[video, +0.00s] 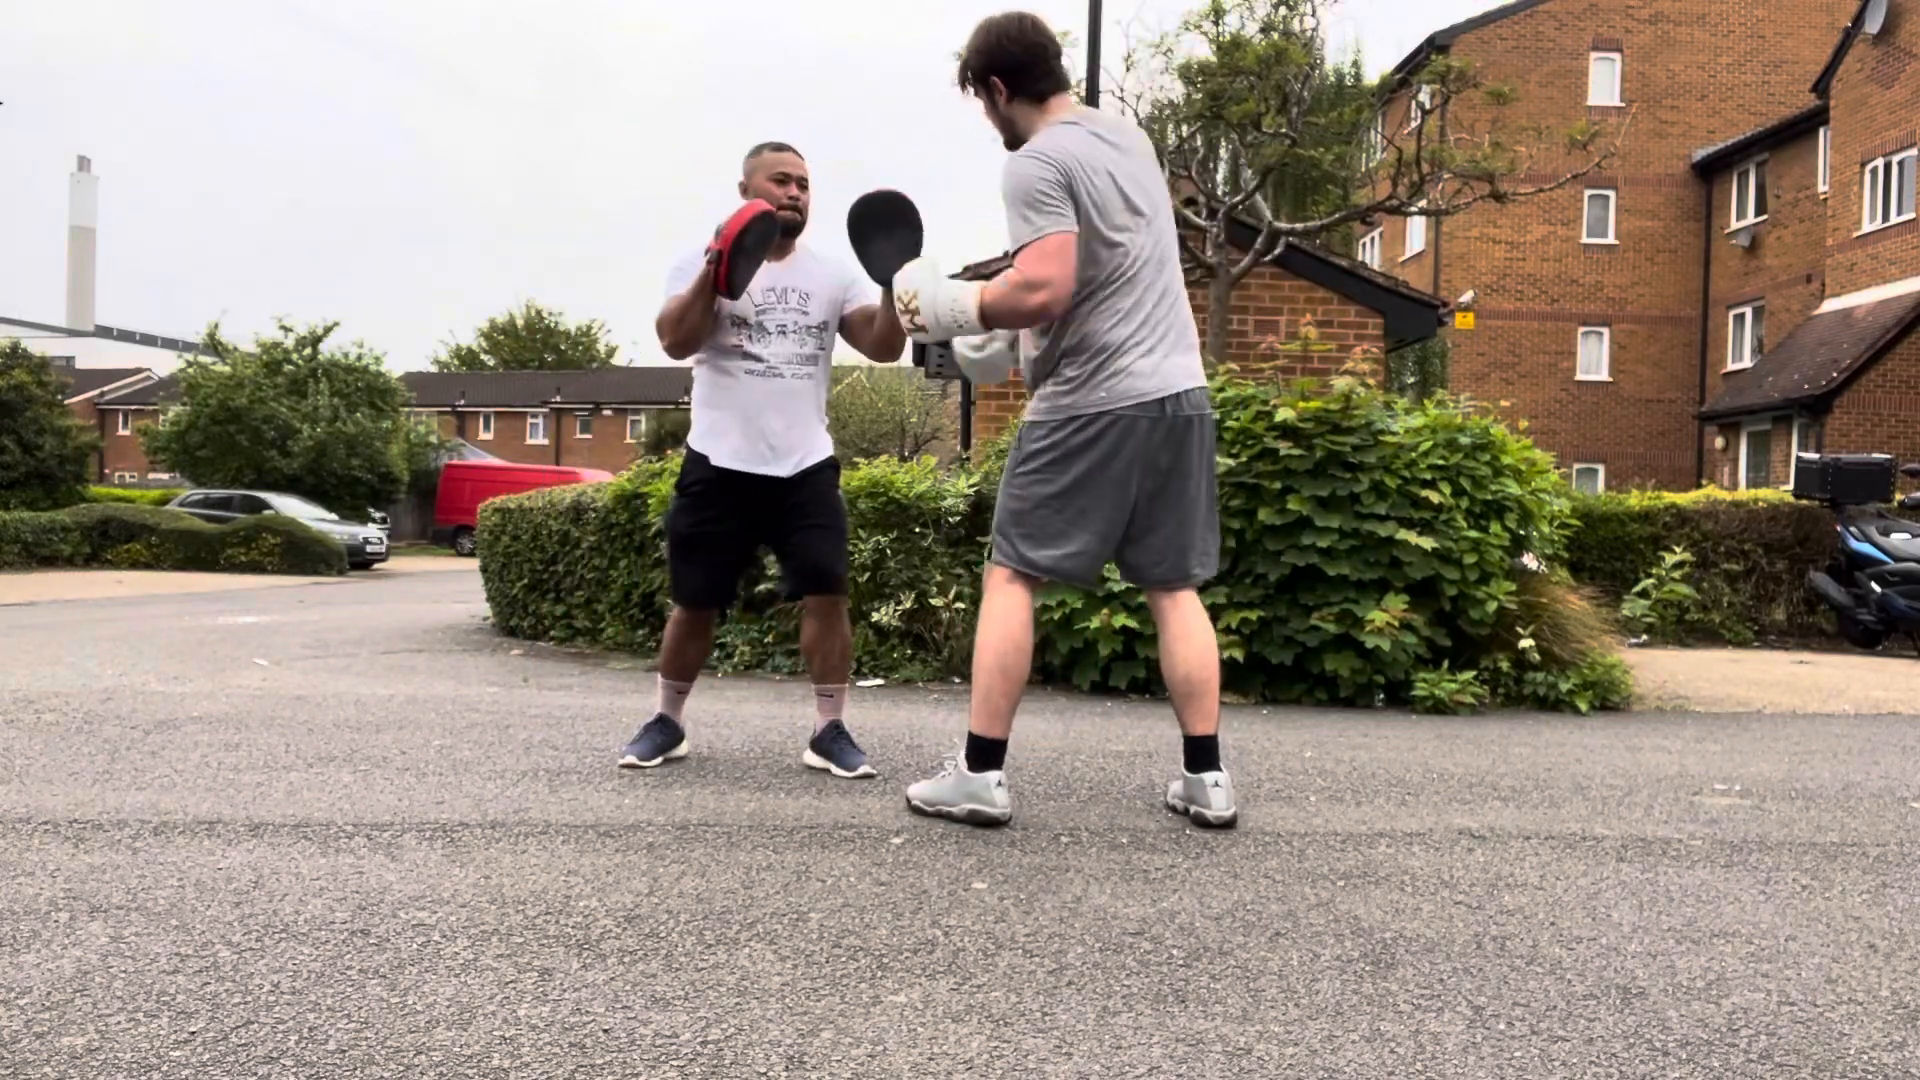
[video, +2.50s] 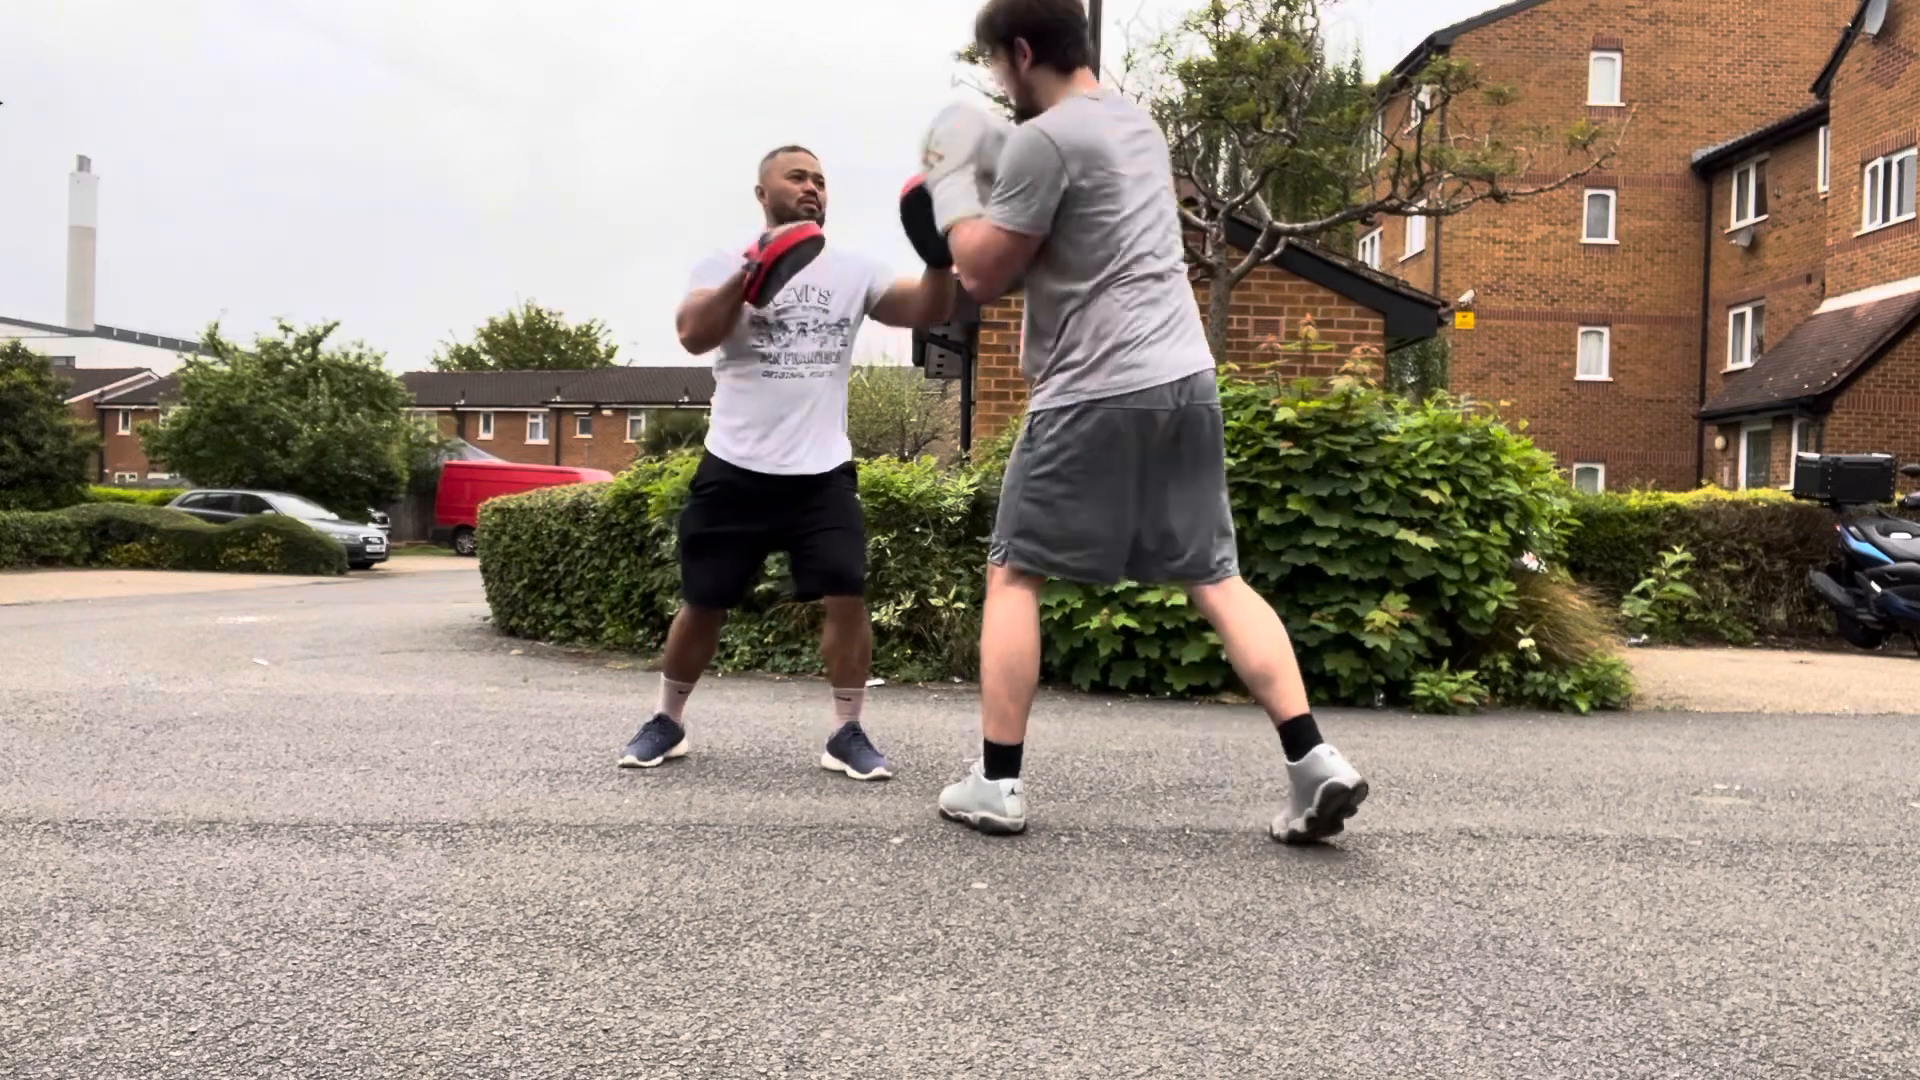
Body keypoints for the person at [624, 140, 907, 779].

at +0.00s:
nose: (796, 192)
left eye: (804, 184)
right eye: (781, 180)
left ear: (812, 198)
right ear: (745, 189)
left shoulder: (831, 267)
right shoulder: (708, 260)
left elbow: (884, 346)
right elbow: (674, 341)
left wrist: (898, 281)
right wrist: (716, 271)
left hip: (805, 462)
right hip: (719, 460)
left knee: (827, 588)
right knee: (694, 600)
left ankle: (830, 728)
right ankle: (666, 721)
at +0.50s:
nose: (767, 187)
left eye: (770, 179)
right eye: (751, 177)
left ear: (776, 195)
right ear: (713, 194)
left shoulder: (802, 268)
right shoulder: (680, 265)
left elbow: (845, 335)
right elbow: (663, 350)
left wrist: (867, 342)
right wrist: (705, 279)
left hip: (791, 459)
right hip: (705, 459)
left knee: (811, 591)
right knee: (687, 599)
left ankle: (829, 727)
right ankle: (665, 721)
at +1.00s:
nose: (762, 192)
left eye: (768, 183)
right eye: (747, 183)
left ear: (775, 196)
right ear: (712, 199)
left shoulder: (794, 268)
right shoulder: (677, 259)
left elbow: (853, 337)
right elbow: (669, 327)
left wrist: (854, 269)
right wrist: (710, 253)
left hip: (782, 460)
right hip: (698, 458)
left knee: (805, 595)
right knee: (684, 600)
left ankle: (829, 727)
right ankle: (665, 722)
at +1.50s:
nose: (765, 188)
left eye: (771, 179)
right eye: (748, 179)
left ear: (780, 194)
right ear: (713, 193)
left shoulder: (800, 265)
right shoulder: (678, 259)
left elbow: (870, 318)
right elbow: (666, 330)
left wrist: (872, 245)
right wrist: (704, 256)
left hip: (786, 461)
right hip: (700, 461)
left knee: (812, 593)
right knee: (684, 600)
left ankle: (828, 727)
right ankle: (665, 721)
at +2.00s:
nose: (761, 188)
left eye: (768, 180)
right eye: (745, 179)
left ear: (776, 195)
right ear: (711, 193)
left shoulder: (795, 265)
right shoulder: (673, 261)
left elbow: (863, 320)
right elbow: (664, 329)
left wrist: (873, 255)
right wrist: (700, 252)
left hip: (785, 460)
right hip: (698, 461)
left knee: (816, 586)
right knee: (682, 599)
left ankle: (834, 724)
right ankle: (665, 721)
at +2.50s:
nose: (812, 187)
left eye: (820, 180)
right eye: (797, 175)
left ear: (828, 199)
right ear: (760, 192)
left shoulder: (851, 269)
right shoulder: (727, 264)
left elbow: (929, 309)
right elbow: (694, 336)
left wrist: (944, 245)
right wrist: (751, 275)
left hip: (823, 469)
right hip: (735, 466)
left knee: (847, 591)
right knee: (702, 602)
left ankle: (847, 731)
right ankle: (666, 721)